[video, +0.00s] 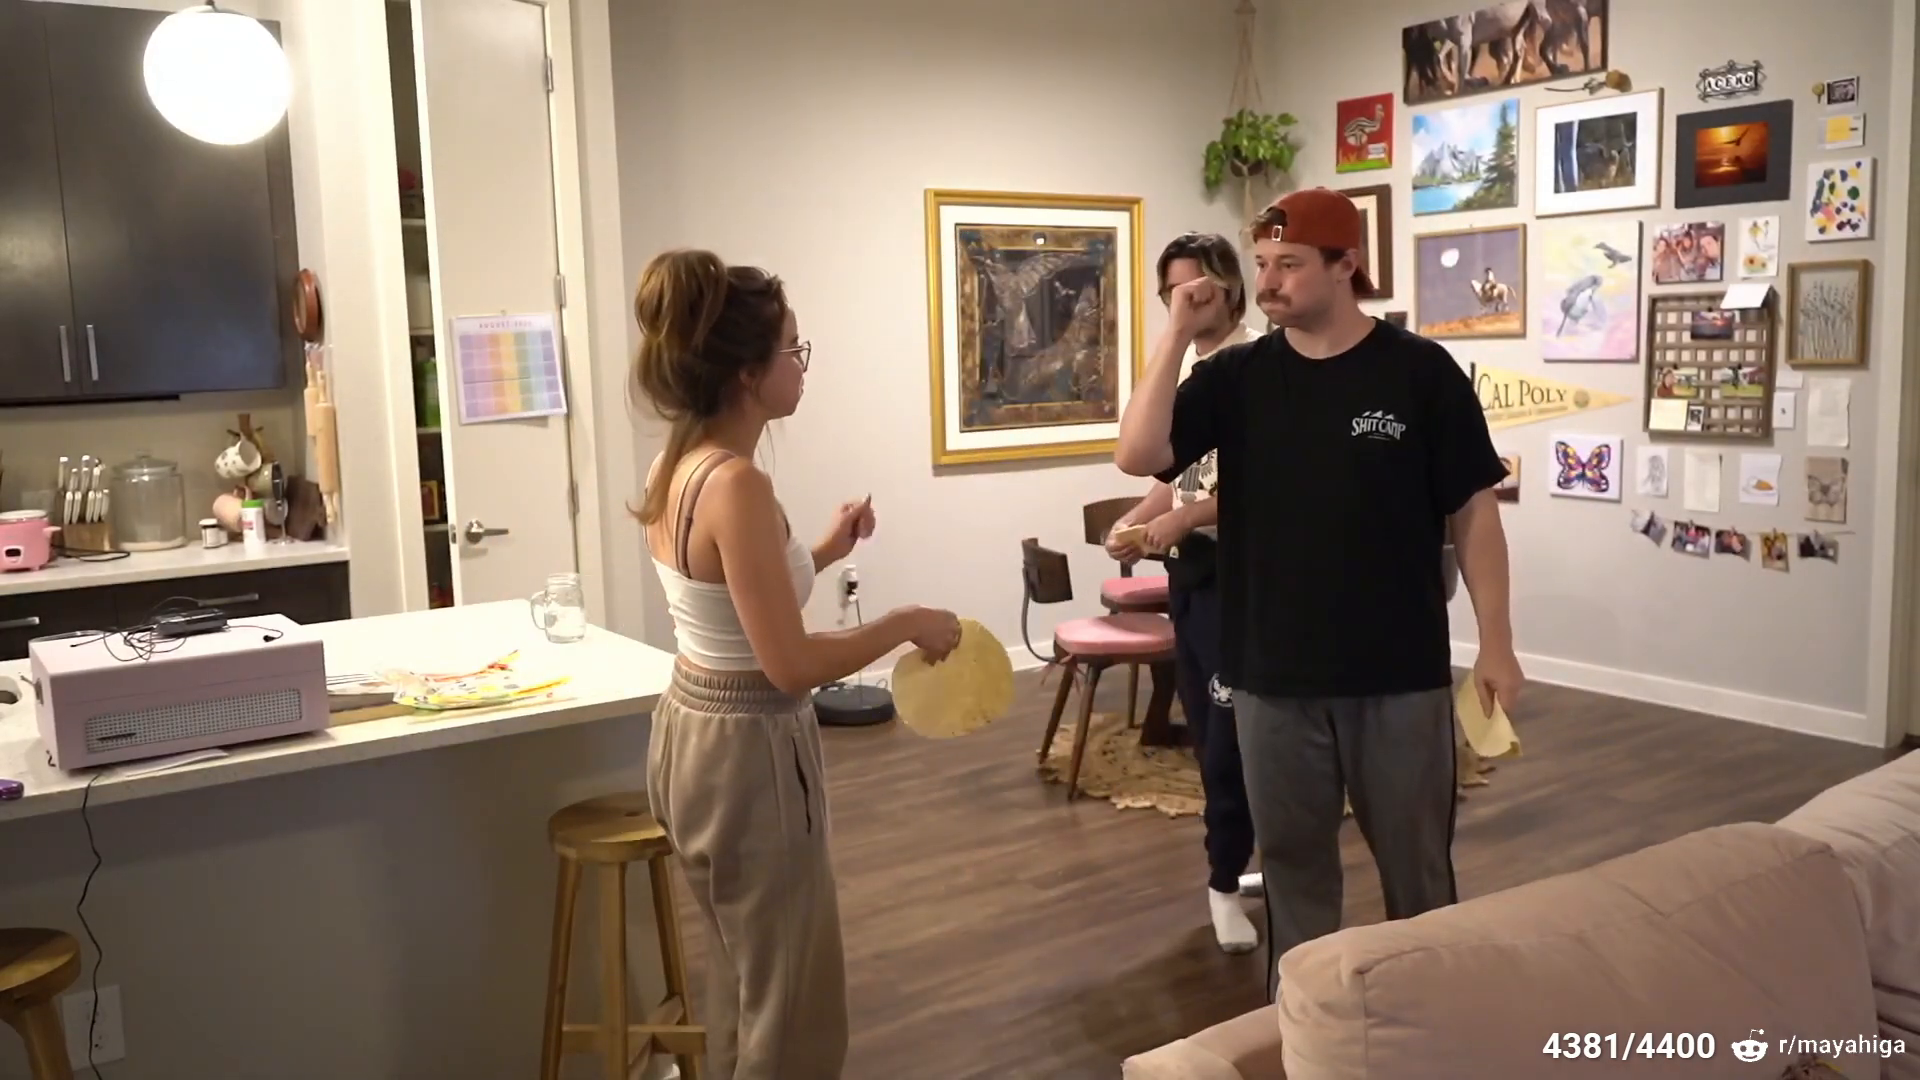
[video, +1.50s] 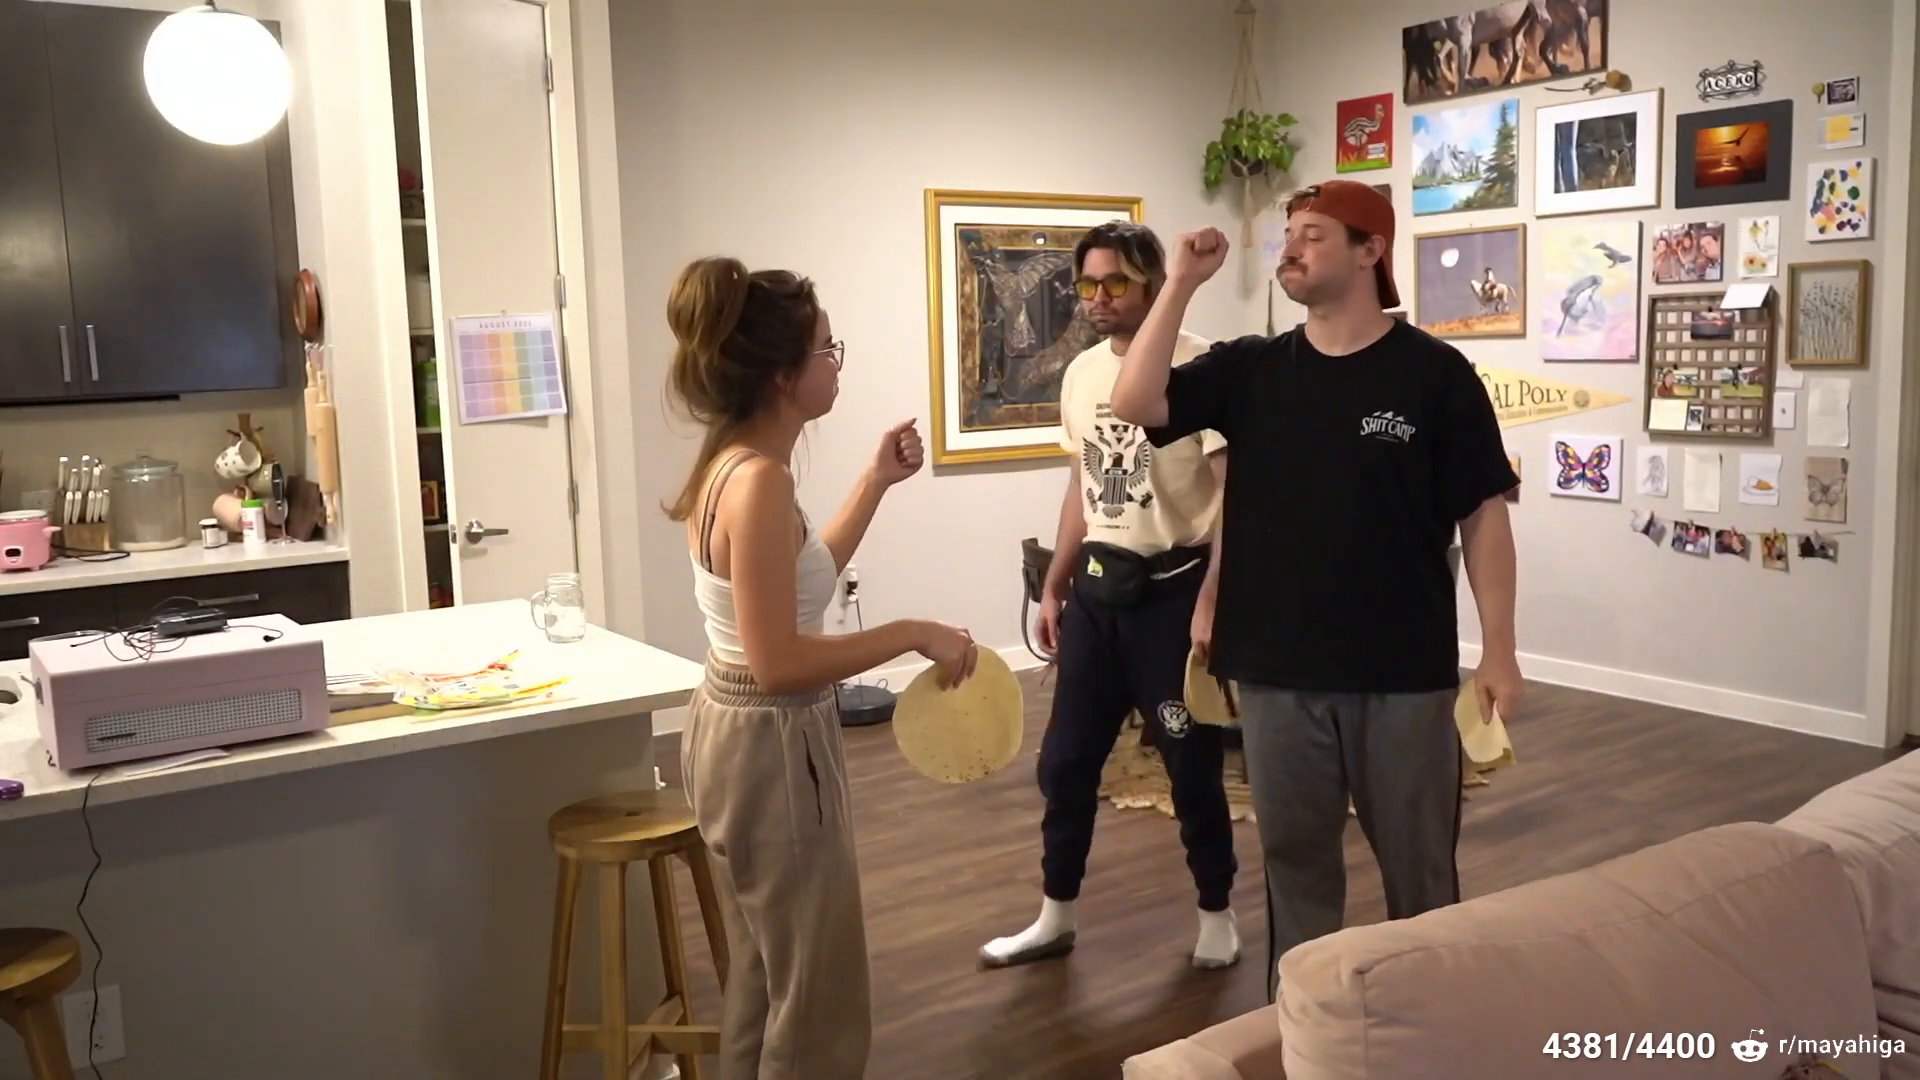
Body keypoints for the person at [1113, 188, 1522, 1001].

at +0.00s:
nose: (1269, 279)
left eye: (1288, 262)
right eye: (1262, 265)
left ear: (1345, 268)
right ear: (1256, 274)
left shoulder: (1422, 372)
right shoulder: (1236, 376)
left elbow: (1475, 512)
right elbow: (1139, 453)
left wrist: (1496, 642)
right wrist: (1175, 334)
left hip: (1400, 679)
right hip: (1272, 684)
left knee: (1418, 881)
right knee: (1293, 884)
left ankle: (1438, 1038)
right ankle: (1305, 1042)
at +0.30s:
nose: (1269, 276)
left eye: (1289, 260)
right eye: (1264, 262)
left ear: (1347, 267)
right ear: (1258, 272)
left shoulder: (1422, 372)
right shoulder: (1237, 378)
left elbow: (1475, 514)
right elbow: (1137, 453)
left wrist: (1490, 648)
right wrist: (1174, 333)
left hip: (1397, 680)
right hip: (1270, 685)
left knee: (1419, 886)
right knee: (1293, 892)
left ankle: (1440, 1041)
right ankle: (1303, 1045)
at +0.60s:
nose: (1263, 252)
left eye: (1286, 240)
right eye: (1264, 240)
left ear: (1344, 262)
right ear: (1261, 260)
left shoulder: (1421, 372)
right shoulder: (1235, 377)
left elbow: (1475, 512)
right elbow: (1136, 453)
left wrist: (1489, 647)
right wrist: (1173, 331)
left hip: (1397, 682)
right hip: (1271, 686)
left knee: (1421, 889)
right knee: (1295, 893)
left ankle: (1439, 1041)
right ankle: (1303, 1044)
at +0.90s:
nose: (1257, 289)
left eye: (1273, 275)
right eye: (1256, 274)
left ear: (1336, 276)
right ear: (1313, 276)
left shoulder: (1424, 375)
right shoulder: (1239, 377)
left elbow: (1474, 517)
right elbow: (1139, 455)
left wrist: (1487, 651)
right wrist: (1173, 340)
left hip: (1397, 681)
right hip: (1273, 684)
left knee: (1419, 882)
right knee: (1293, 884)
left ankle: (1440, 1037)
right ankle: (1301, 1039)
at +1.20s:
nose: (1266, 272)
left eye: (1285, 257)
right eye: (1266, 257)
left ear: (1348, 265)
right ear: (1268, 266)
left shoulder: (1428, 374)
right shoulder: (1242, 374)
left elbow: (1477, 518)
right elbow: (1140, 449)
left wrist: (1490, 652)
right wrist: (1176, 334)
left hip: (1397, 682)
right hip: (1273, 683)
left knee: (1418, 880)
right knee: (1293, 883)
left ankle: (1441, 1038)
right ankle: (1297, 1040)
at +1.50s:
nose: (1289, 246)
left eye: (1311, 234)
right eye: (1287, 235)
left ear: (1367, 253)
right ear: (1284, 257)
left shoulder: (1437, 373)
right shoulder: (1252, 367)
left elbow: (1485, 517)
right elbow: (1134, 401)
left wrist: (1499, 652)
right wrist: (1180, 282)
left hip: (1403, 678)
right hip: (1274, 677)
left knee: (1421, 880)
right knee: (1295, 877)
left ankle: (1438, 1037)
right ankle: (1299, 1037)